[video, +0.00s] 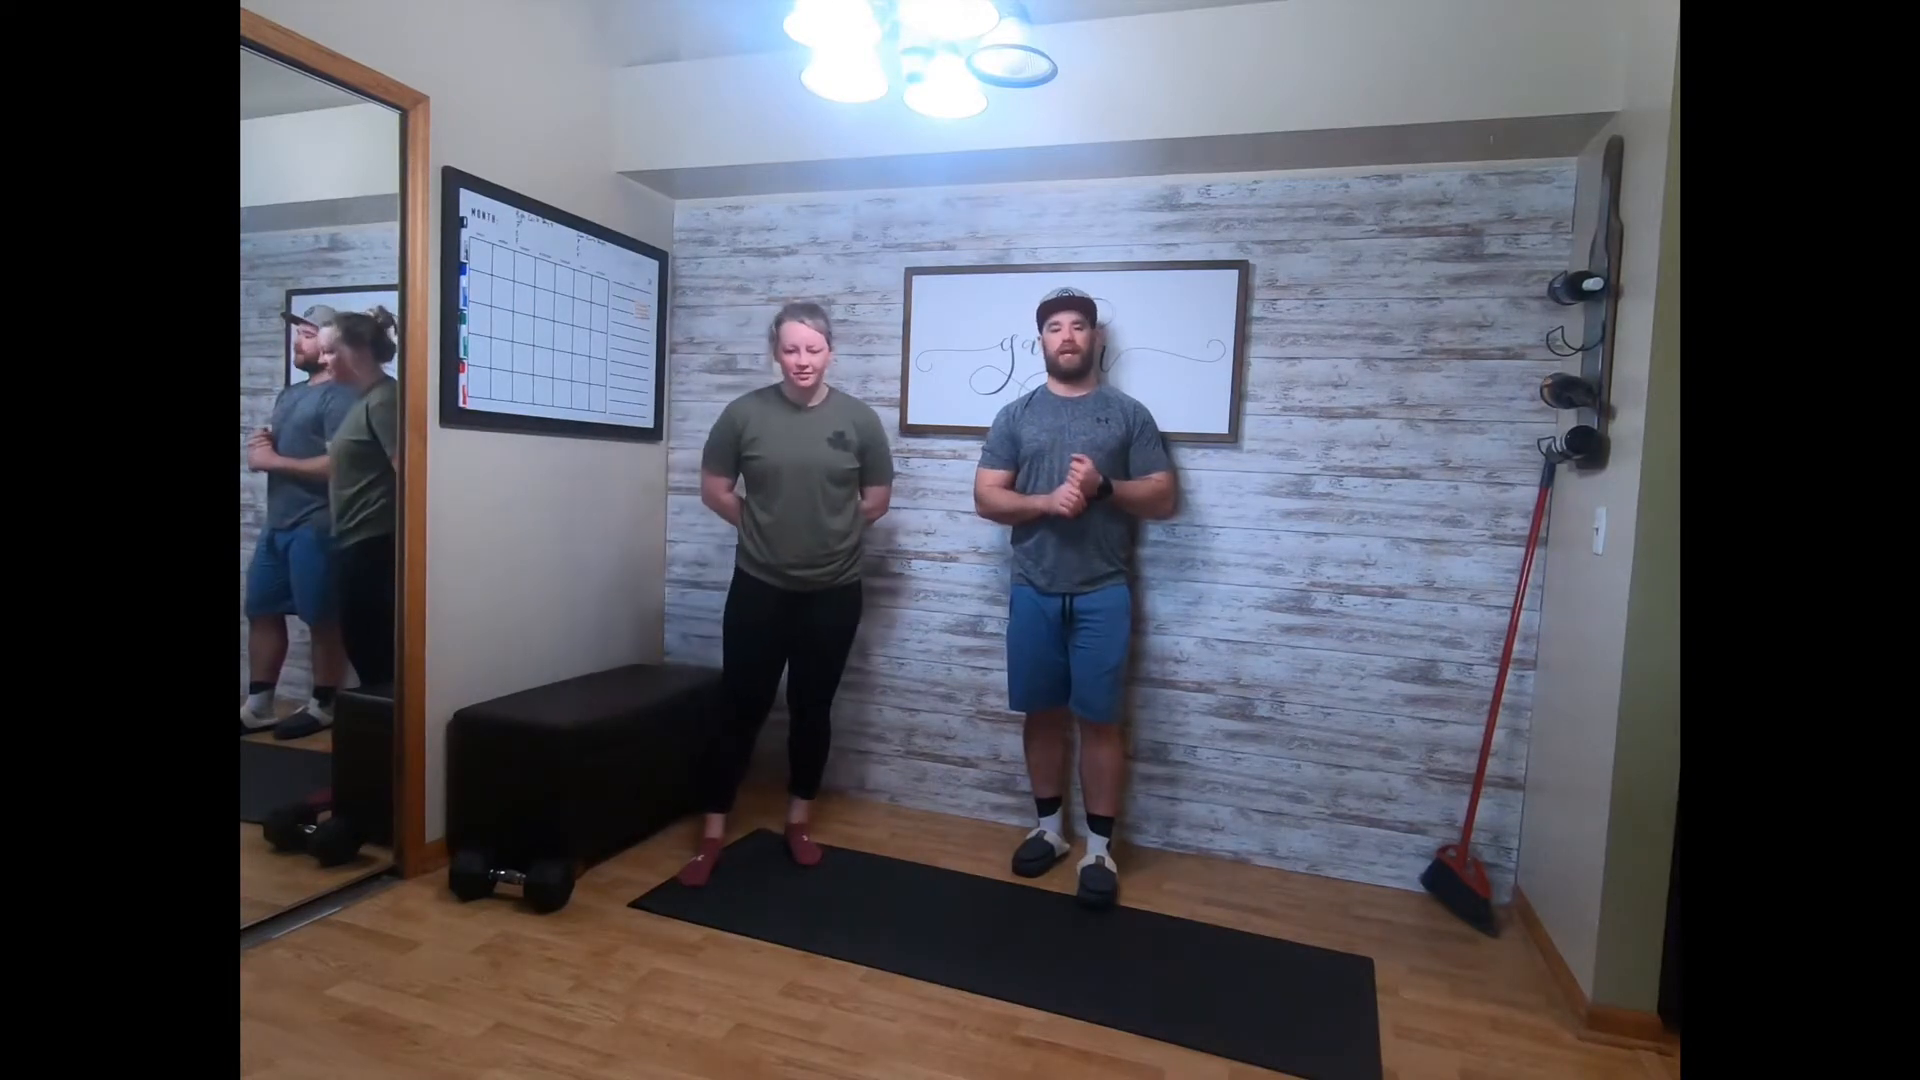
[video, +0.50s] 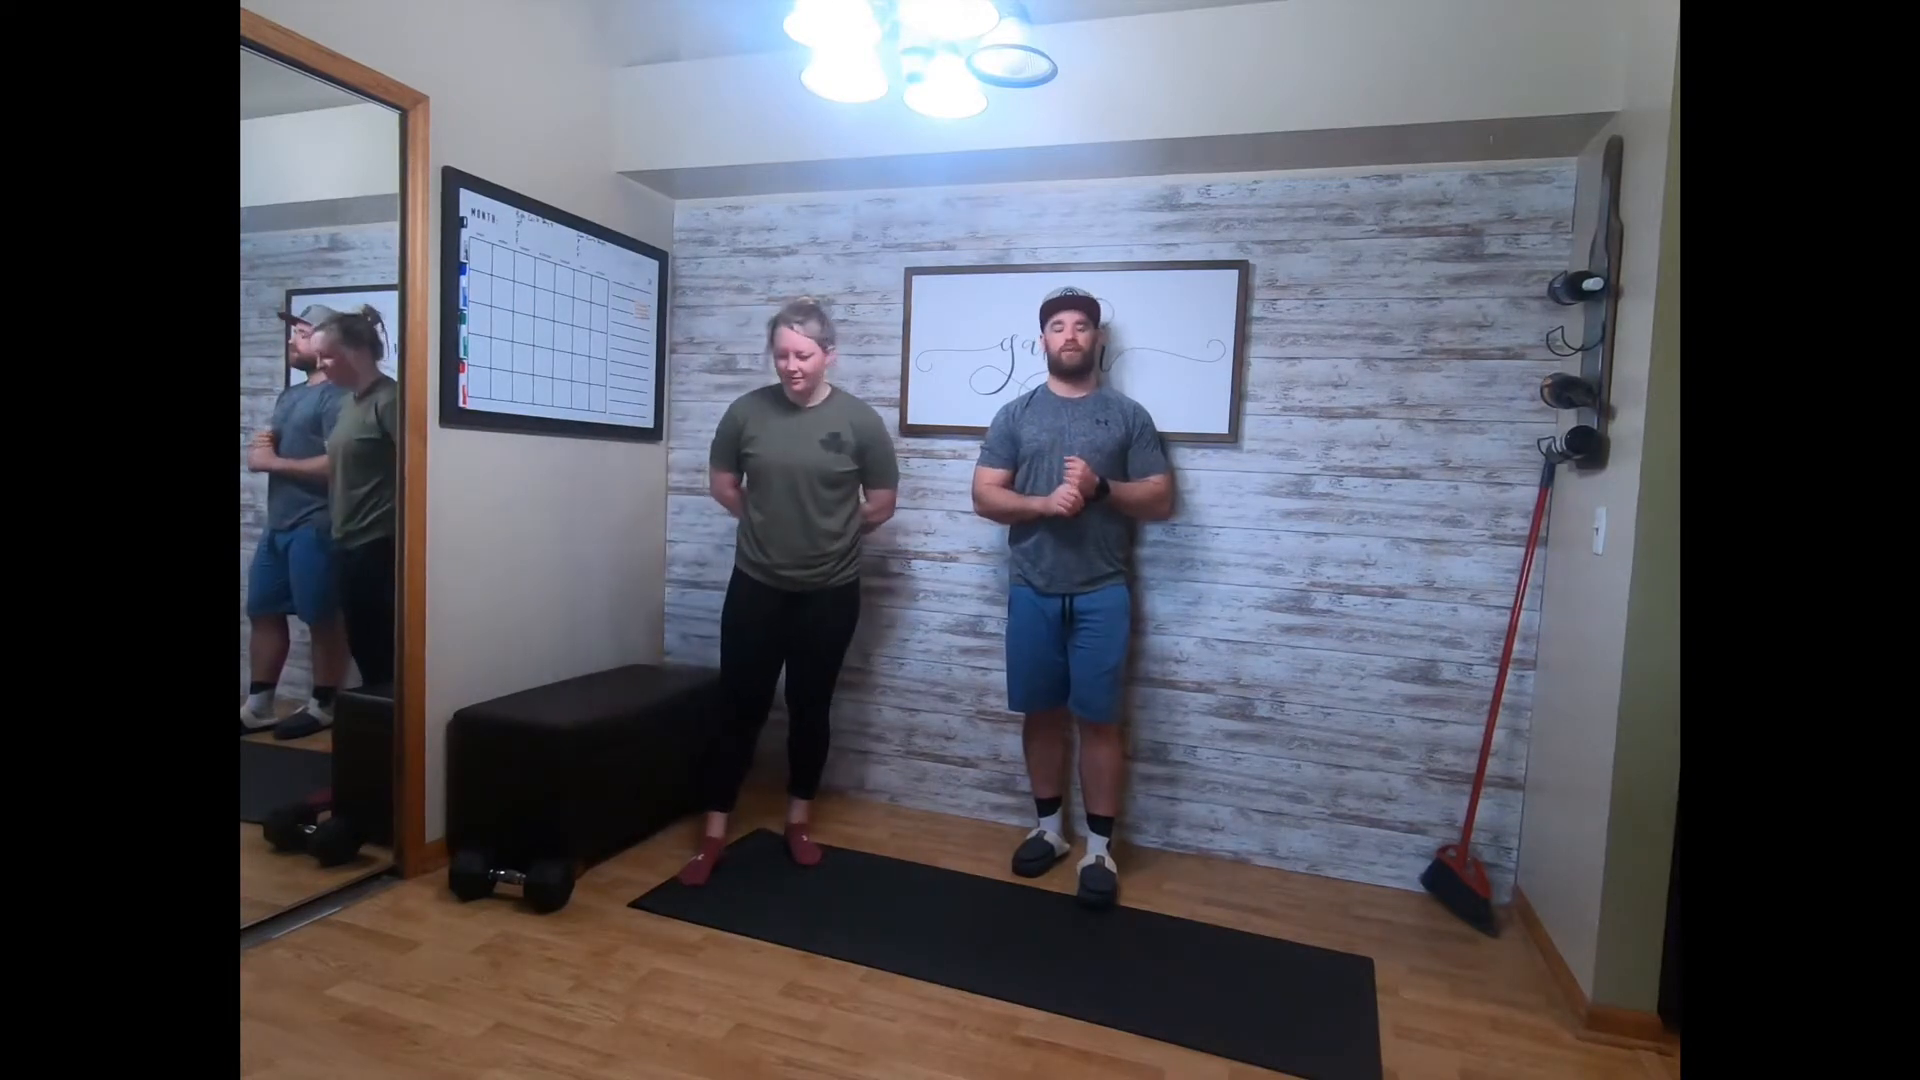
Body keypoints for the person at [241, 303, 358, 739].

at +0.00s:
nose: (298, 339)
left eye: (308, 333)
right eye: (298, 332)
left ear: (329, 344)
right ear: (299, 341)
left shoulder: (342, 397)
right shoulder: (289, 395)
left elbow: (339, 465)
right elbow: (278, 443)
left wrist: (275, 461)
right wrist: (264, 441)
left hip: (319, 525)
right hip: (278, 524)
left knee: (322, 619)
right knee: (263, 610)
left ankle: (323, 707)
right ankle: (260, 703)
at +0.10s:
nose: (297, 339)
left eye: (307, 333)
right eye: (297, 332)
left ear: (328, 344)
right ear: (300, 341)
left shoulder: (342, 396)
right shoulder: (289, 394)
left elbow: (339, 465)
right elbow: (279, 442)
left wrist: (274, 461)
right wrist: (263, 441)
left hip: (318, 525)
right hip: (277, 524)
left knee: (322, 619)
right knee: (263, 610)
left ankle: (323, 707)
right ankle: (259, 704)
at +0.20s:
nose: (297, 338)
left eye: (307, 332)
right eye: (297, 331)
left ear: (329, 344)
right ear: (301, 341)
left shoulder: (340, 396)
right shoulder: (289, 394)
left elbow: (340, 465)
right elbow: (278, 441)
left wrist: (274, 461)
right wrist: (263, 440)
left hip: (318, 525)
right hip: (277, 524)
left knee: (322, 619)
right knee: (264, 611)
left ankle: (323, 707)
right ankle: (259, 704)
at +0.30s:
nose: (296, 337)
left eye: (307, 332)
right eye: (298, 330)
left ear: (329, 345)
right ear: (301, 342)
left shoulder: (339, 397)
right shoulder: (287, 395)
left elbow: (339, 464)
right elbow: (275, 440)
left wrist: (274, 462)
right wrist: (262, 441)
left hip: (317, 524)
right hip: (276, 523)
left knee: (322, 618)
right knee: (265, 611)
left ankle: (323, 707)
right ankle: (259, 703)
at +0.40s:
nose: (293, 337)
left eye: (304, 332)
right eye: (295, 331)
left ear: (327, 345)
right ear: (300, 342)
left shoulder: (338, 397)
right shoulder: (287, 396)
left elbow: (338, 464)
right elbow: (278, 442)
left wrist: (274, 462)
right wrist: (264, 442)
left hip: (317, 523)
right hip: (278, 524)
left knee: (322, 618)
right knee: (265, 611)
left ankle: (324, 707)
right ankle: (259, 703)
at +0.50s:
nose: (293, 338)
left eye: (304, 333)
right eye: (295, 332)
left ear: (327, 346)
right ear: (299, 343)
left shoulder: (338, 397)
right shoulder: (288, 396)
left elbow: (337, 464)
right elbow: (280, 444)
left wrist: (274, 462)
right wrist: (264, 442)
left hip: (317, 523)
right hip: (278, 524)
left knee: (322, 617)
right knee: (264, 610)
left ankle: (324, 706)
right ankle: (259, 704)